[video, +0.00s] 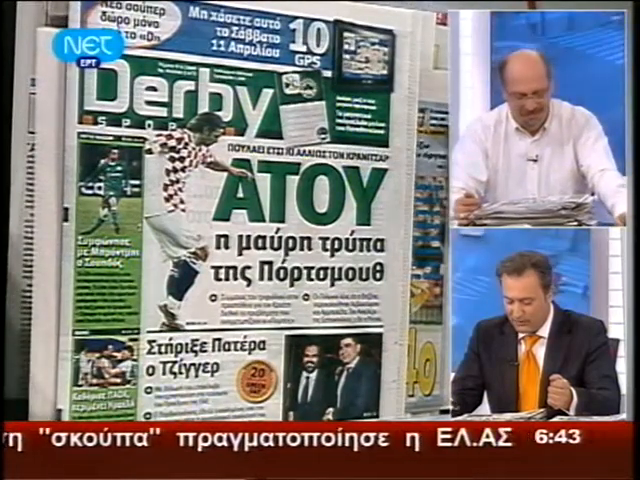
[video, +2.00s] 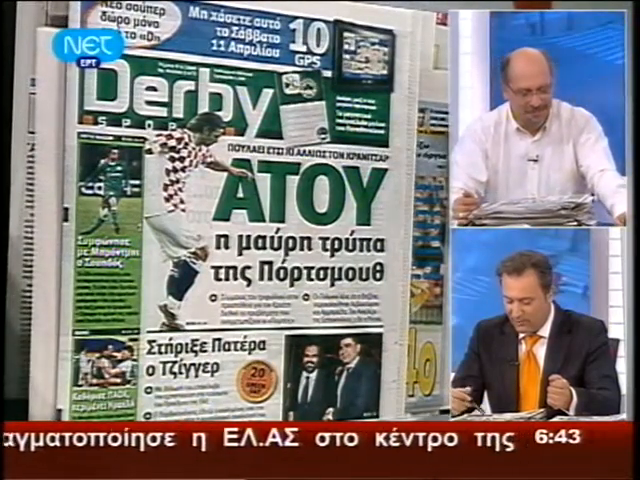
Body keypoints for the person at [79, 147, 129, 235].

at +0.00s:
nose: (115, 156)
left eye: (116, 154)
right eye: (113, 154)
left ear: (118, 155)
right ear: (109, 155)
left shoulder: (122, 165)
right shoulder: (104, 165)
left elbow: (126, 177)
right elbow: (95, 174)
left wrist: (128, 187)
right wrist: (86, 182)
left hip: (118, 189)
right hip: (108, 189)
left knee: (105, 213)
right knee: (113, 205)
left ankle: (91, 230)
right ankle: (116, 225)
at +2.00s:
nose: (115, 156)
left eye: (116, 154)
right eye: (113, 154)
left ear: (118, 155)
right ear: (109, 155)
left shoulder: (122, 165)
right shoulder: (104, 164)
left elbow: (126, 177)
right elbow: (96, 174)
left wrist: (128, 187)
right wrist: (86, 182)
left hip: (118, 189)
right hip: (108, 189)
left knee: (105, 213)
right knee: (113, 205)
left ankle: (90, 231)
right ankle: (116, 225)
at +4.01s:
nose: (115, 156)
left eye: (116, 154)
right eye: (113, 154)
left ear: (118, 155)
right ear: (109, 154)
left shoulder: (122, 165)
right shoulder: (104, 165)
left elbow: (126, 176)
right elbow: (95, 174)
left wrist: (127, 186)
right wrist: (85, 182)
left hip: (118, 190)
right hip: (108, 189)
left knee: (105, 213)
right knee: (113, 205)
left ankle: (91, 230)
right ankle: (116, 225)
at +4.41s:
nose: (115, 156)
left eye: (116, 154)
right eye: (113, 154)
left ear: (118, 155)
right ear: (109, 155)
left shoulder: (122, 165)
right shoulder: (104, 165)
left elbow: (126, 176)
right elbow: (95, 174)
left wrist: (127, 186)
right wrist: (85, 182)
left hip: (118, 190)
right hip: (108, 189)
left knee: (105, 213)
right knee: (113, 205)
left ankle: (91, 230)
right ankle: (116, 225)